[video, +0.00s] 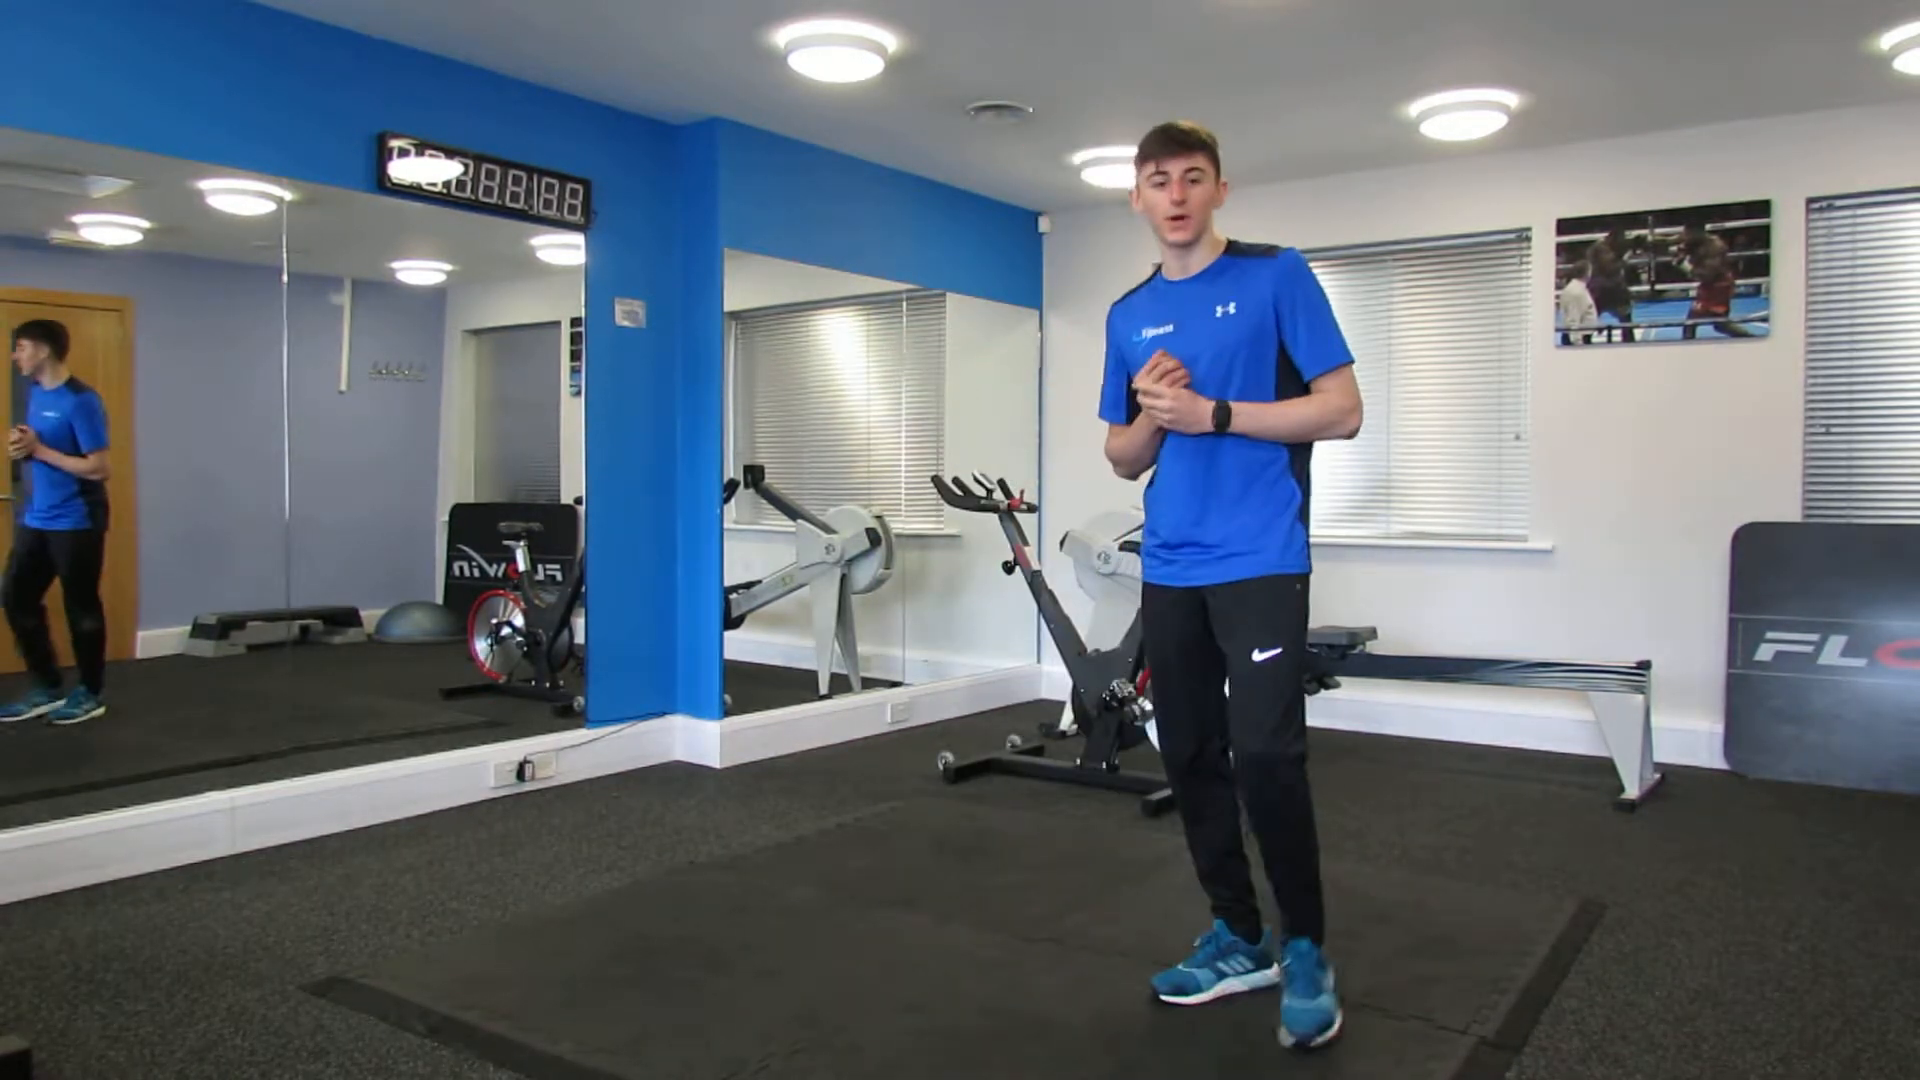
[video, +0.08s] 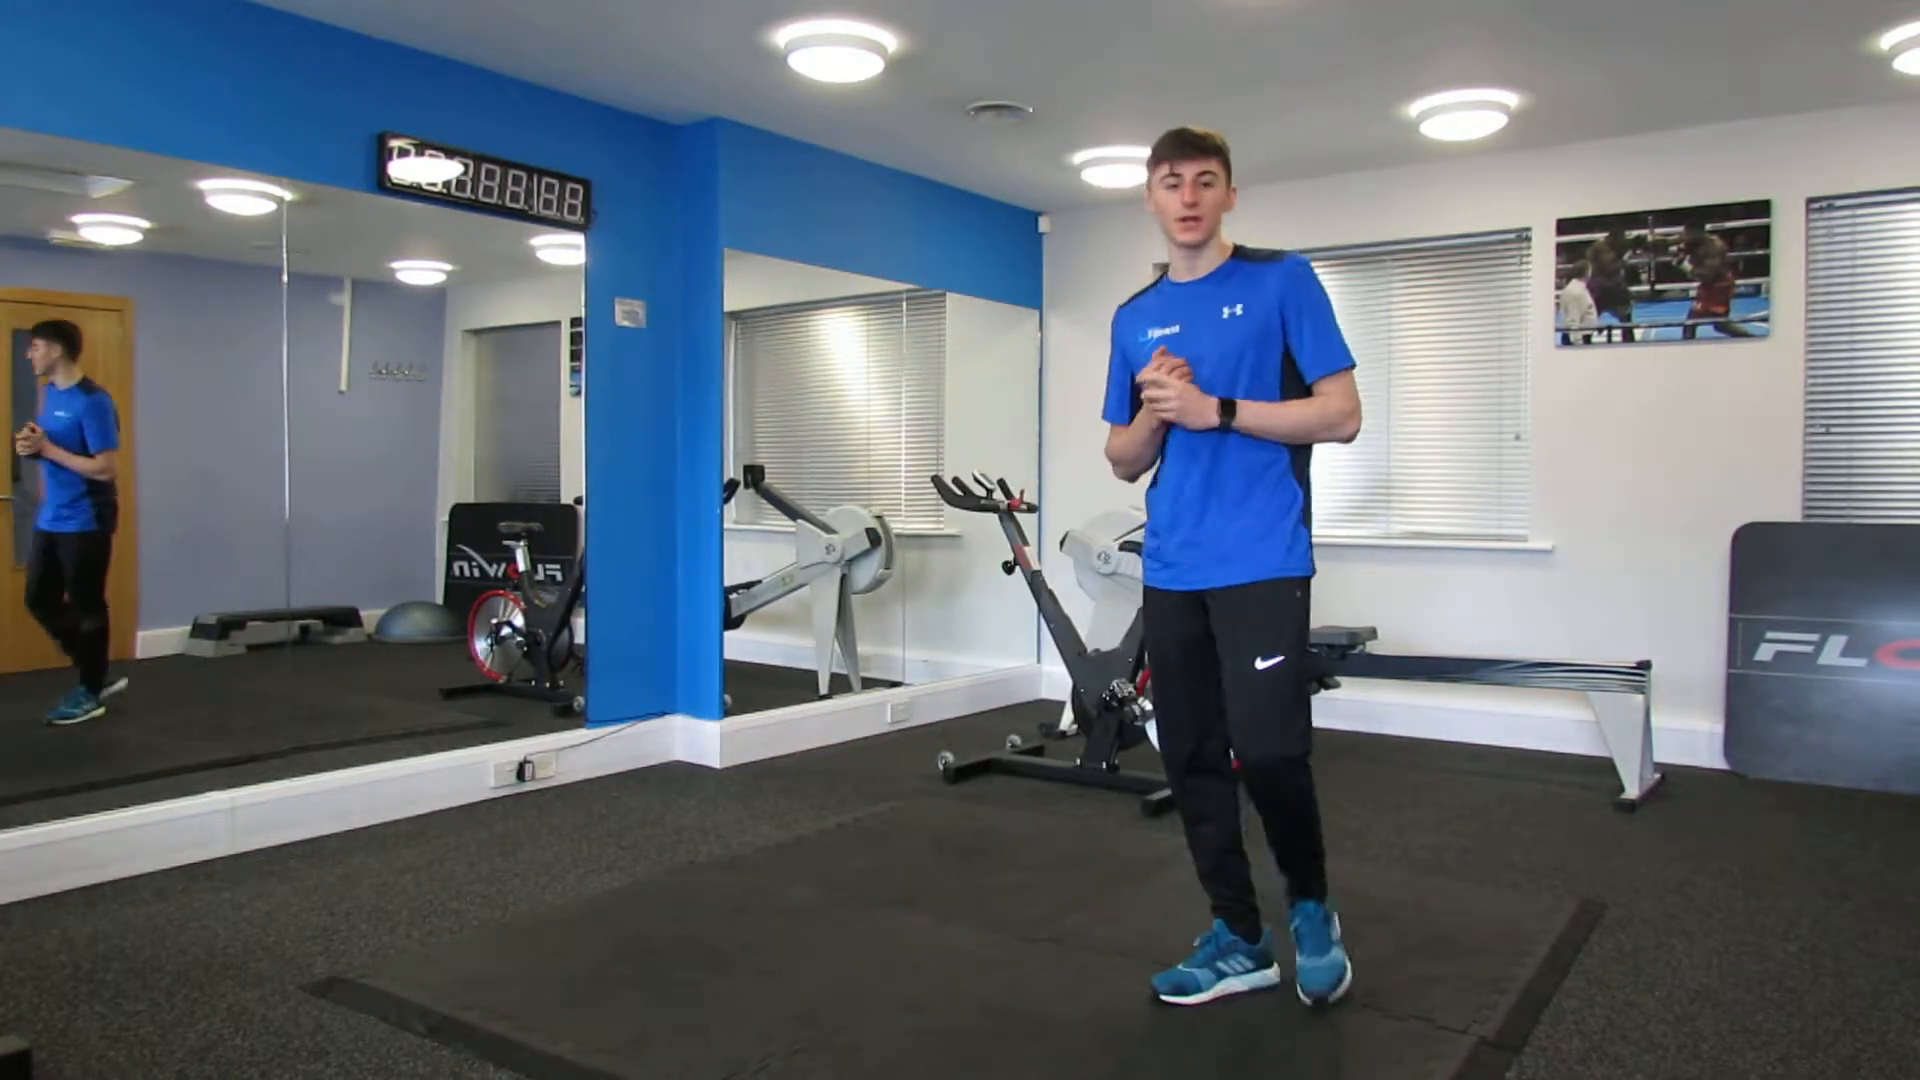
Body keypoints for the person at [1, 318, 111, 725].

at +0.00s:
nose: (15, 356)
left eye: (21, 348)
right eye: (16, 348)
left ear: (47, 351)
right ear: (37, 353)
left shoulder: (83, 401)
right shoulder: (36, 396)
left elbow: (100, 467)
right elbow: (46, 449)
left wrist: (40, 450)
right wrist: (23, 446)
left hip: (79, 526)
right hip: (39, 523)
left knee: (82, 605)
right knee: (19, 599)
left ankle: (91, 692)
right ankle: (48, 688)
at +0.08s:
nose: (30, 354)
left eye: (37, 346)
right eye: (30, 347)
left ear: (61, 350)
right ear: (48, 353)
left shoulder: (94, 401)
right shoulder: (49, 395)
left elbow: (106, 468)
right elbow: (55, 447)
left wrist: (48, 449)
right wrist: (31, 444)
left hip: (87, 523)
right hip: (52, 519)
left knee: (86, 602)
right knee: (41, 600)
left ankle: (92, 689)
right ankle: (98, 671)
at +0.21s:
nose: (50, 355)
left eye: (56, 347)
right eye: (51, 347)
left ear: (77, 350)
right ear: (71, 352)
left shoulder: (110, 399)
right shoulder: (68, 396)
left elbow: (117, 464)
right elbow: (73, 451)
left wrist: (62, 444)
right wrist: (47, 443)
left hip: (103, 521)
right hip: (73, 518)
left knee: (95, 602)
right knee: (84, 599)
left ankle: (93, 692)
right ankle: (152, 663)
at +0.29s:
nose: (60, 355)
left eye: (65, 347)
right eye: (61, 347)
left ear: (88, 351)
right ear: (83, 352)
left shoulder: (119, 399)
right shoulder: (78, 397)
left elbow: (130, 463)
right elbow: (86, 456)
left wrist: (74, 444)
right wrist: (60, 445)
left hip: (116, 522)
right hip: (90, 521)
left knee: (105, 606)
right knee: (118, 601)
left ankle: (92, 693)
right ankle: (171, 674)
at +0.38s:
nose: (67, 357)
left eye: (73, 349)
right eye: (68, 349)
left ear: (95, 352)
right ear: (90, 354)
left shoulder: (126, 399)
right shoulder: (87, 402)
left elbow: (142, 462)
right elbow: (100, 463)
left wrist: (85, 446)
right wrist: (71, 448)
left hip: (133, 521)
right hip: (109, 522)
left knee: (115, 606)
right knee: (138, 602)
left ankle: (94, 692)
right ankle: (178, 680)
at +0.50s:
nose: (73, 366)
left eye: (78, 357)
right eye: (73, 358)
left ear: (100, 358)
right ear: (95, 361)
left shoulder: (138, 398)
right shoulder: (96, 411)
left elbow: (167, 455)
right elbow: (114, 475)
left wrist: (104, 453)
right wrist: (86, 460)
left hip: (159, 519)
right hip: (132, 524)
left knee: (122, 596)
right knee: (150, 602)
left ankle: (104, 691)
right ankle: (181, 682)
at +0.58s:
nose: (79, 365)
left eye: (84, 356)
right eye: (79, 358)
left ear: (107, 356)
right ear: (101, 359)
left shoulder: (146, 396)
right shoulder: (105, 411)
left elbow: (180, 452)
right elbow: (125, 476)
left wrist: (116, 453)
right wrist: (97, 462)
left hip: (169, 514)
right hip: (141, 519)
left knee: (133, 588)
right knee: (154, 597)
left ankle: (130, 684)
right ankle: (181, 682)